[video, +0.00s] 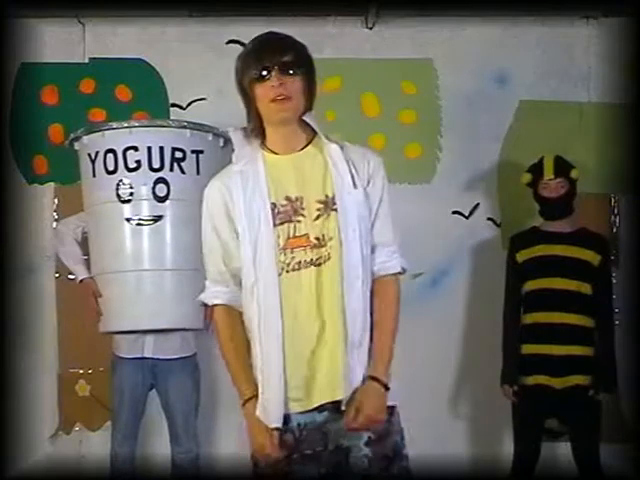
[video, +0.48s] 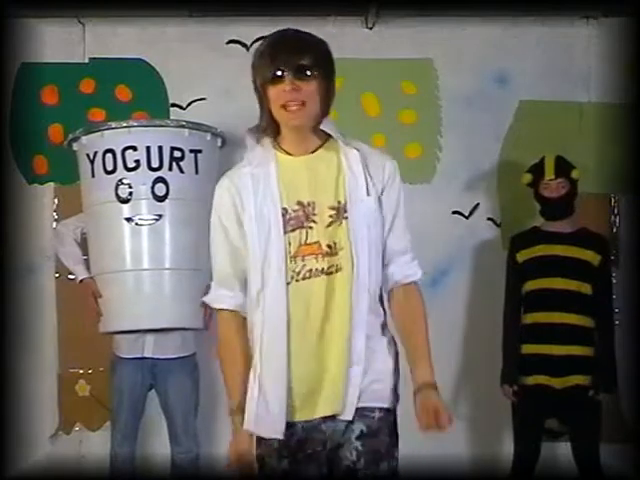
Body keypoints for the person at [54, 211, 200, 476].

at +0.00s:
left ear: (170, 190)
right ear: (129, 191)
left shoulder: (186, 221)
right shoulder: (115, 215)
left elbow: (216, 248)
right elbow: (65, 228)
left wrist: (211, 294)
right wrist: (84, 277)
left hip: (179, 349)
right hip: (129, 351)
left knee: (186, 446)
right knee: (122, 447)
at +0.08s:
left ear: (169, 190)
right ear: (129, 191)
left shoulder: (186, 221)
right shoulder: (114, 215)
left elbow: (217, 249)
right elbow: (65, 228)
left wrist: (211, 294)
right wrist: (84, 277)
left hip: (179, 349)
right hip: (129, 351)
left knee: (186, 446)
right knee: (122, 447)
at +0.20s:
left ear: (170, 191)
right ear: (130, 192)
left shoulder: (186, 221)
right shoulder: (115, 216)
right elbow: (64, 229)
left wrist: (207, 299)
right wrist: (85, 277)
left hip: (179, 351)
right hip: (129, 352)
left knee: (186, 445)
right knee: (122, 447)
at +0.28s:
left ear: (170, 190)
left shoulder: (187, 219)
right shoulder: (116, 216)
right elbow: (64, 229)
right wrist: (85, 277)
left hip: (179, 351)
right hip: (129, 352)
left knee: (186, 446)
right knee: (122, 447)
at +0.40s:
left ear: (171, 191)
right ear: (130, 192)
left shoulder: (188, 221)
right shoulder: (115, 216)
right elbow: (64, 229)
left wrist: (205, 293)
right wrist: (85, 277)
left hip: (179, 351)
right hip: (129, 352)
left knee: (186, 446)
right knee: (122, 447)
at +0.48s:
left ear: (171, 193)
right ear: (130, 193)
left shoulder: (188, 224)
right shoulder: (115, 217)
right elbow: (65, 229)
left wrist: (210, 294)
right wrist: (84, 277)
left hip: (178, 351)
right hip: (129, 352)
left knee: (186, 446)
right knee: (122, 447)